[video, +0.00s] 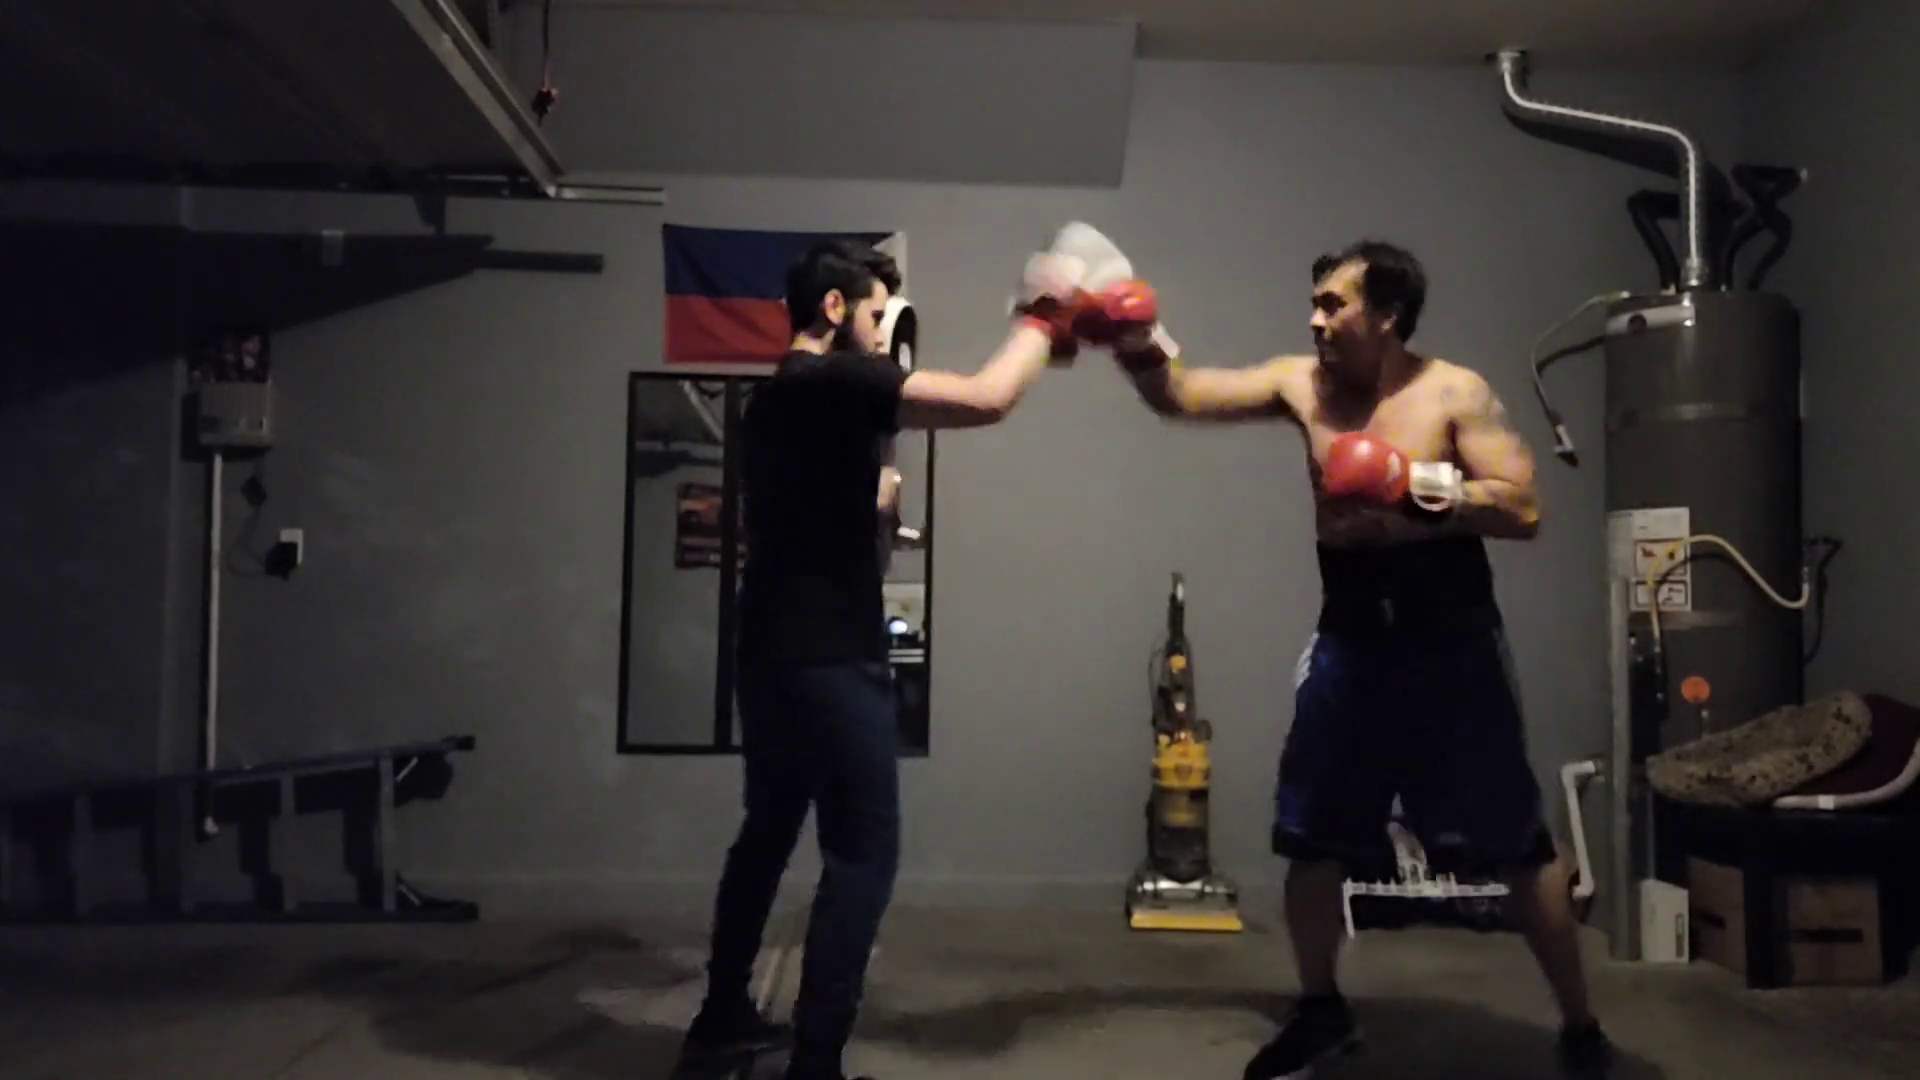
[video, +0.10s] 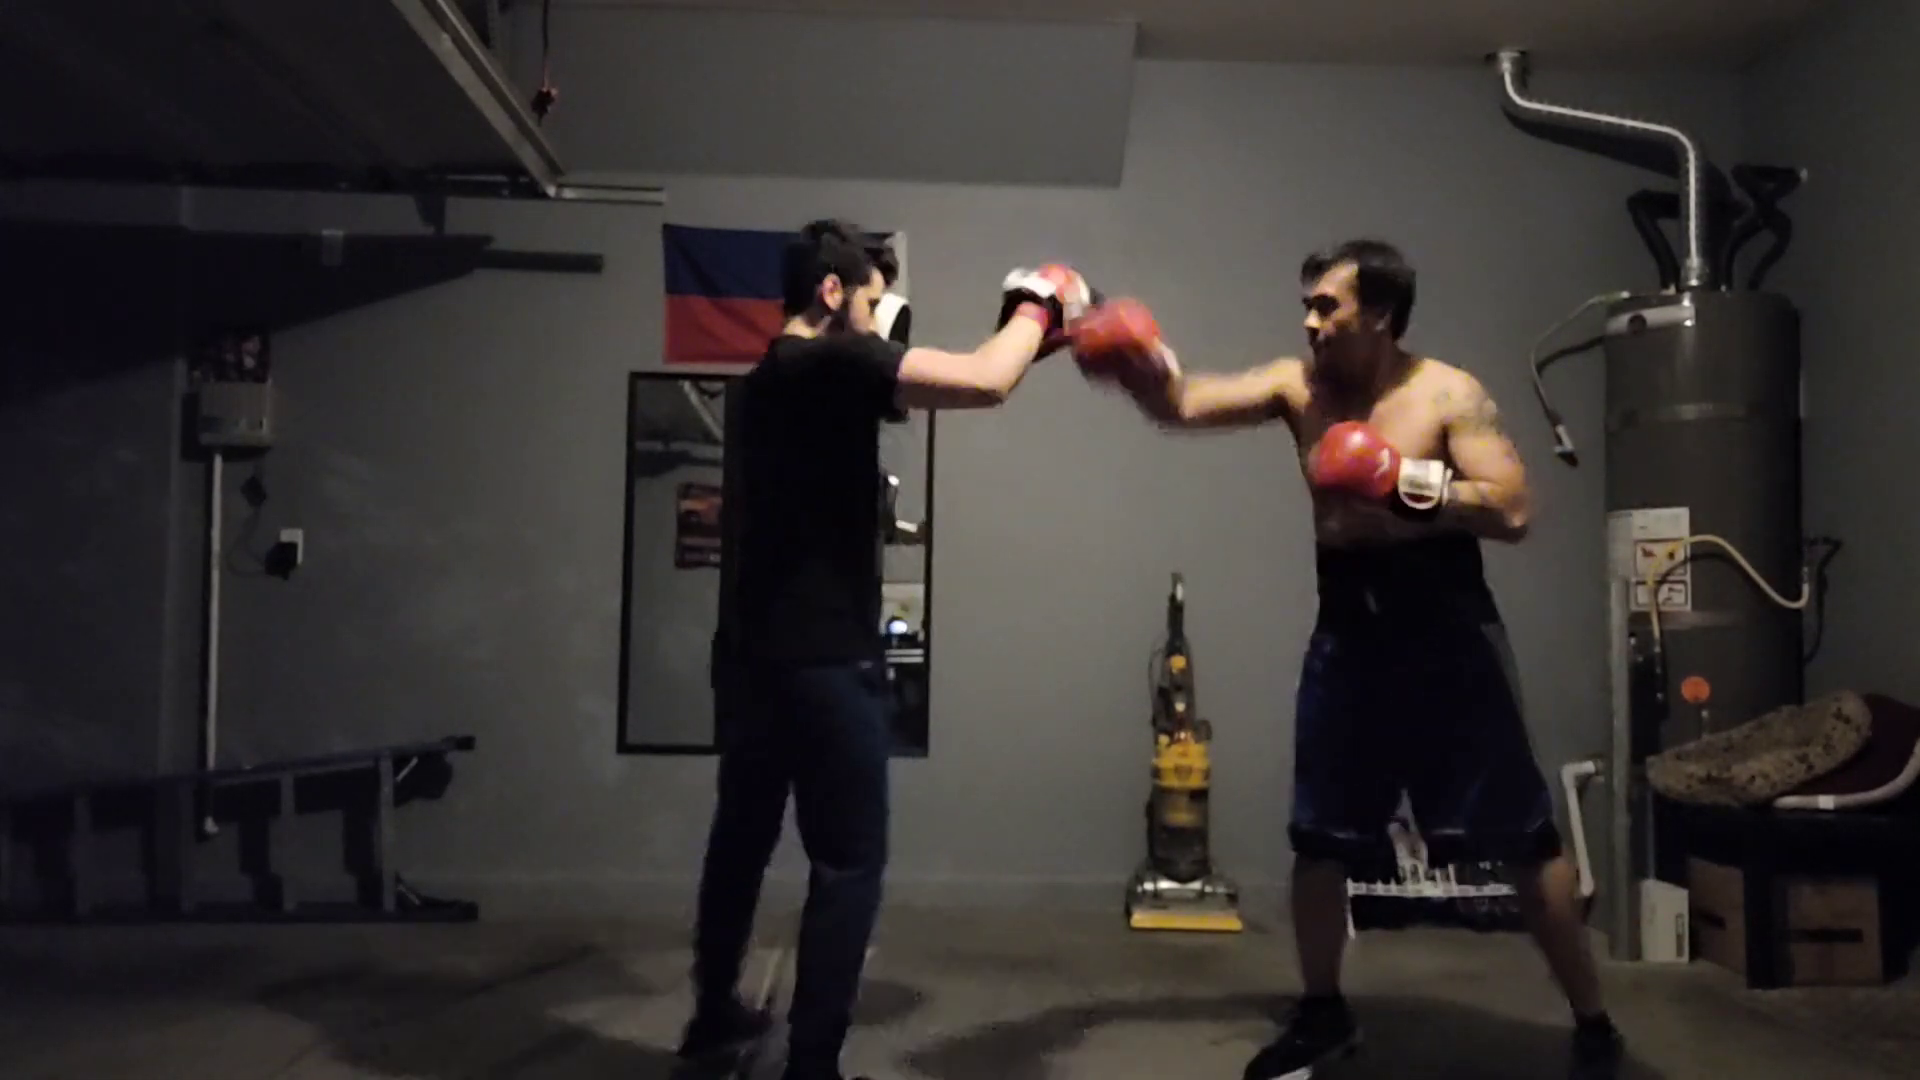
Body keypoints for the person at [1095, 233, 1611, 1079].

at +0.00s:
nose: (1317, 320)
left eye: (1334, 306)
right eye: (1316, 306)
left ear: (1391, 319)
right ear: (1320, 315)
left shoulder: (1457, 392)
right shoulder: (1299, 384)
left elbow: (1520, 509)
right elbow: (1178, 396)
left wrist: (1417, 483)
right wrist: (1134, 339)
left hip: (1453, 657)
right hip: (1348, 656)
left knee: (1517, 850)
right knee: (1311, 841)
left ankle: (1580, 1029)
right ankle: (1319, 1010)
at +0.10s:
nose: (1311, 322)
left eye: (1326, 308)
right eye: (1308, 307)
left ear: (1380, 317)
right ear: (1315, 313)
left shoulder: (1449, 392)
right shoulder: (1296, 384)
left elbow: (1511, 511)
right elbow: (1181, 405)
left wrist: (1402, 479)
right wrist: (1134, 359)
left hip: (1450, 644)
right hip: (1347, 646)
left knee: (1524, 838)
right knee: (1317, 836)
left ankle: (1594, 1026)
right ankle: (1321, 1013)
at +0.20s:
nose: (1319, 322)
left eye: (1336, 306)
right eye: (1316, 308)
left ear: (1391, 319)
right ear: (1323, 319)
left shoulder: (1453, 401)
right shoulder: (1296, 409)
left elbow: (1512, 526)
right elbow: (1204, 466)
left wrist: (1412, 484)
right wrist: (1164, 455)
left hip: (1451, 654)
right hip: (1348, 657)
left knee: (1529, 851)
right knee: (1318, 843)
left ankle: (1601, 1033)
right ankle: (1323, 1022)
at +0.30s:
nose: (1337, 320)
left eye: (1355, 304)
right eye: (1335, 306)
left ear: (1409, 316)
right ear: (1340, 319)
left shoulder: (1473, 398)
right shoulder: (1315, 416)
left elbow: (1525, 529)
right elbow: (1241, 498)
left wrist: (1425, 485)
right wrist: (1202, 531)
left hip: (1465, 659)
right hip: (1362, 662)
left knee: (1540, 854)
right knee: (1323, 844)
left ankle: (1601, 1035)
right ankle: (1324, 1021)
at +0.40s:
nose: (1364, 335)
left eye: (1380, 318)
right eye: (1360, 320)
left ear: (1435, 327)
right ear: (1371, 330)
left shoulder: (1504, 406)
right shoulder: (1350, 428)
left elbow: (1539, 537)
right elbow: (1308, 530)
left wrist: (1438, 489)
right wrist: (1258, 573)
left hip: (1486, 659)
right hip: (1385, 660)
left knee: (1545, 854)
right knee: (1324, 841)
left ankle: (1596, 1038)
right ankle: (1324, 1014)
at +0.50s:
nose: (1381, 349)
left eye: (1396, 331)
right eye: (1377, 335)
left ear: (1454, 337)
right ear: (1387, 347)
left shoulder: (1523, 419)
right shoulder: (1375, 436)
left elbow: (1553, 550)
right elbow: (1366, 552)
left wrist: (1449, 510)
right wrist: (1310, 600)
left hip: (1502, 683)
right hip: (1397, 681)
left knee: (1564, 872)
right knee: (1307, 837)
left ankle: (1597, 1045)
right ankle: (1320, 998)